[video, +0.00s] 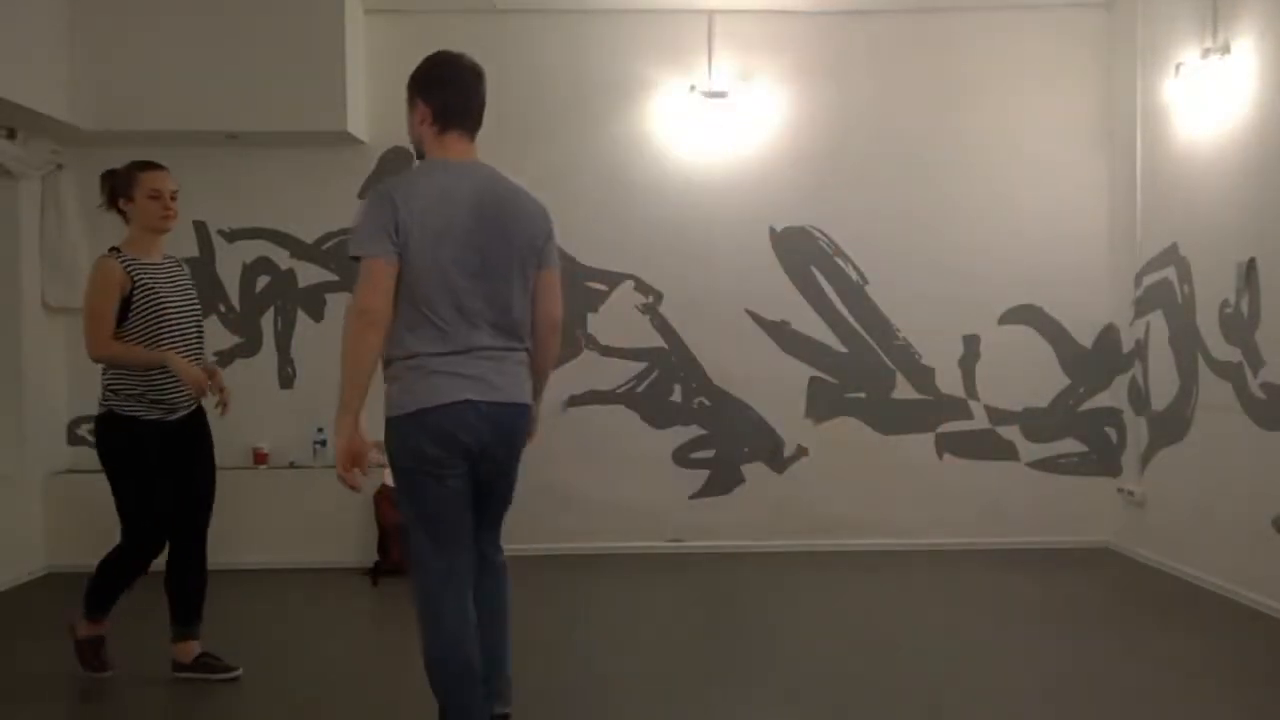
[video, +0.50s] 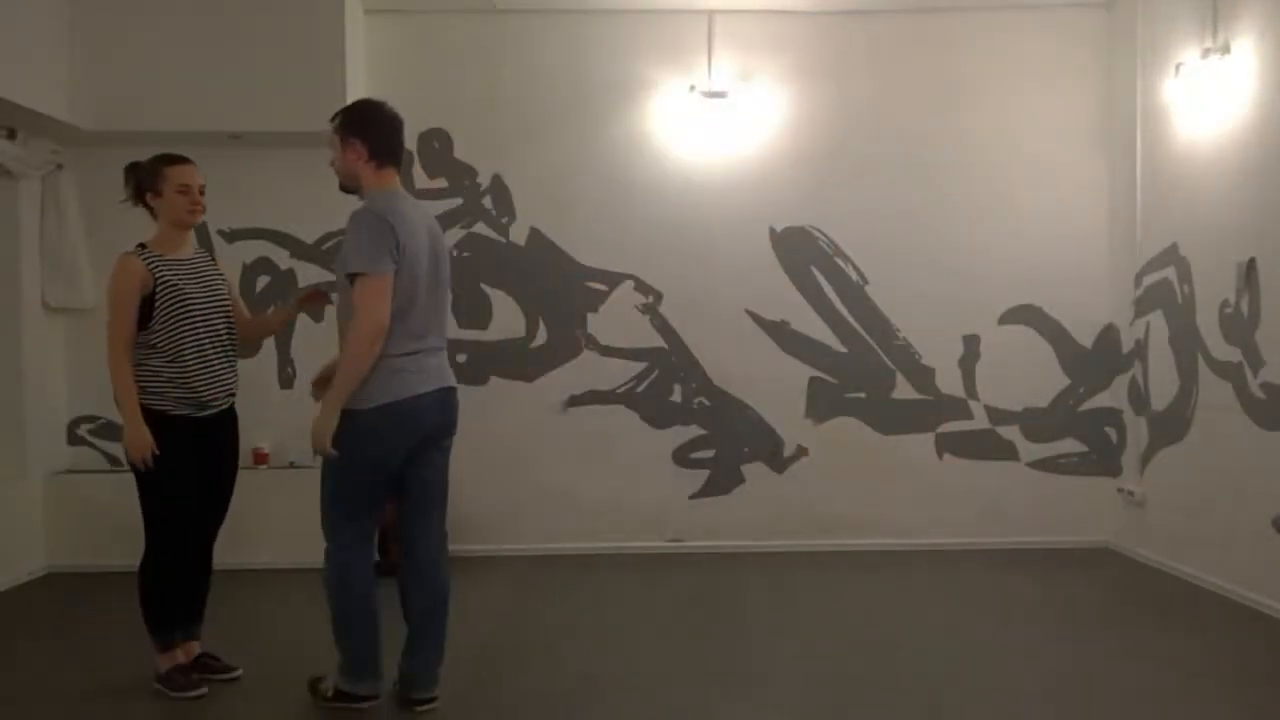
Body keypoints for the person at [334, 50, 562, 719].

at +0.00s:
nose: (410, 122)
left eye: (411, 111)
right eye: (413, 110)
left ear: (423, 113)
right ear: (478, 115)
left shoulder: (394, 193)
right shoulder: (528, 206)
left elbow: (371, 311)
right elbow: (549, 323)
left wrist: (348, 416)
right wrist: (531, 398)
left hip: (427, 413)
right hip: (508, 408)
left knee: (440, 568)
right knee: (485, 548)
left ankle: (463, 708)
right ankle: (494, 697)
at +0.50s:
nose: (332, 162)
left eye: (335, 151)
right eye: (333, 150)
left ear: (358, 151)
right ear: (388, 151)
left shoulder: (372, 220)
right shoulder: (422, 216)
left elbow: (371, 325)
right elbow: (404, 318)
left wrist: (333, 404)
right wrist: (341, 365)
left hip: (380, 405)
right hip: (434, 398)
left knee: (348, 540)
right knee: (423, 542)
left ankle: (359, 677)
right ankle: (421, 679)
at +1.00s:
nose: (273, 178)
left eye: (285, 168)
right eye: (269, 168)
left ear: (320, 169)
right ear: (268, 172)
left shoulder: (354, 239)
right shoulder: (297, 236)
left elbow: (373, 339)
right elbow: (277, 308)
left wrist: (339, 418)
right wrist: (202, 309)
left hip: (346, 406)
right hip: (306, 404)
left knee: (318, 520)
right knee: (289, 509)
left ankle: (339, 652)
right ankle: (373, 598)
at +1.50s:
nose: (299, 184)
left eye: (309, 174)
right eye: (288, 175)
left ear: (327, 181)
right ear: (276, 183)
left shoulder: (359, 249)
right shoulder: (259, 252)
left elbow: (389, 329)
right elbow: (239, 328)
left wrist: (370, 401)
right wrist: (173, 344)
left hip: (338, 414)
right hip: (275, 413)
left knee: (335, 530)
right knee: (274, 525)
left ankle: (337, 643)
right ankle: (282, 632)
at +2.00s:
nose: (319, 194)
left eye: (328, 185)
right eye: (309, 186)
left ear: (342, 194)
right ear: (293, 196)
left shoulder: (361, 259)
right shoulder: (267, 258)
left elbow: (381, 321)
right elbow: (225, 324)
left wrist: (385, 369)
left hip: (344, 406)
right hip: (285, 405)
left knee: (333, 511)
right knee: (292, 512)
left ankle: (318, 606)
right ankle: (287, 623)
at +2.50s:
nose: (369, 192)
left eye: (378, 185)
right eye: (359, 184)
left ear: (389, 195)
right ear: (343, 192)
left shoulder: (394, 265)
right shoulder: (312, 252)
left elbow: (393, 334)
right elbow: (254, 307)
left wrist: (416, 385)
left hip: (381, 403)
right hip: (324, 404)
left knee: (401, 506)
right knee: (320, 515)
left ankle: (416, 615)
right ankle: (297, 625)